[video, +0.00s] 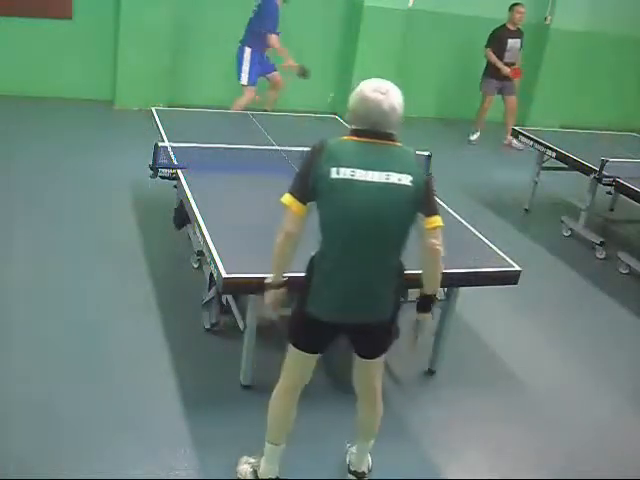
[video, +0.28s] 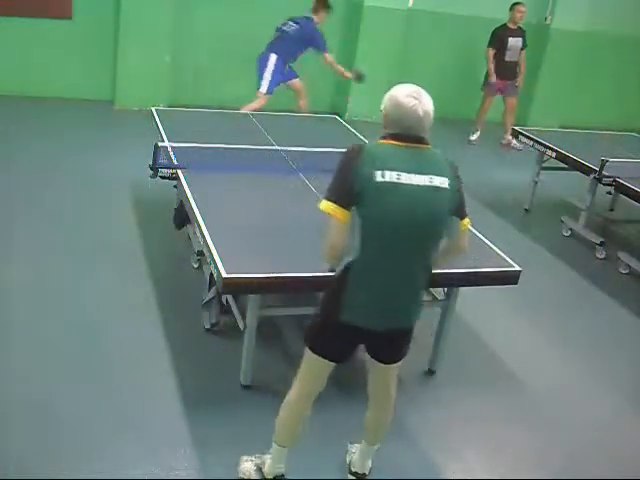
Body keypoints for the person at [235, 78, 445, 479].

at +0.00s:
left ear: (351, 116)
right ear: (397, 120)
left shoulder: (324, 154)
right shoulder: (416, 167)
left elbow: (291, 229)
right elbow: (434, 246)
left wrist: (275, 282)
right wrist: (429, 301)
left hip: (323, 296)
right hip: (378, 302)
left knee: (290, 384)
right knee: (370, 387)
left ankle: (268, 467)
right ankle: (360, 462)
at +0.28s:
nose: (379, 119)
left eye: (382, 113)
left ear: (385, 120)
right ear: (428, 125)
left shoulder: (361, 156)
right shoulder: (446, 168)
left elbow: (336, 241)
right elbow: (459, 243)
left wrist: (333, 259)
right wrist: (424, 258)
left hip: (353, 297)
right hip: (403, 302)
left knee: (305, 387)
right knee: (383, 390)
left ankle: (274, 465)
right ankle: (363, 463)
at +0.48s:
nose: (389, 120)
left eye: (392, 116)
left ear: (395, 123)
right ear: (438, 128)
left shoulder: (376, 161)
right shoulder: (455, 171)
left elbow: (352, 243)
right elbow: (464, 242)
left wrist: (337, 277)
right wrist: (435, 278)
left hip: (363, 302)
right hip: (411, 306)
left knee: (321, 393)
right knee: (387, 390)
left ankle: (308, 471)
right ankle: (363, 462)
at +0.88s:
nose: (391, 131)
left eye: (394, 126)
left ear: (398, 136)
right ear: (445, 140)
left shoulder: (377, 179)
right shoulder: (462, 185)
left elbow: (347, 256)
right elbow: (487, 261)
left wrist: (339, 305)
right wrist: (483, 321)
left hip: (370, 322)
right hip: (417, 325)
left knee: (358, 416)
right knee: (390, 390)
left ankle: (358, 468)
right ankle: (367, 458)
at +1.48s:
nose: (403, 151)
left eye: (405, 146)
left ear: (409, 154)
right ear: (459, 153)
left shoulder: (386, 202)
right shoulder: (484, 202)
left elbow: (355, 281)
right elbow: (499, 282)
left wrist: (349, 323)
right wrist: (455, 289)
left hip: (385, 343)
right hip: (440, 341)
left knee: (369, 438)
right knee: (426, 404)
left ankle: (362, 471)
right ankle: (428, 468)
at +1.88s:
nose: (449, 143)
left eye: (452, 139)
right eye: (451, 138)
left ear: (457, 148)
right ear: (503, 153)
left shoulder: (436, 190)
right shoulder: (519, 197)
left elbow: (408, 269)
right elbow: (532, 275)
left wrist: (393, 312)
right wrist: (491, 289)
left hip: (425, 330)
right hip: (475, 332)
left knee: (385, 423)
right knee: (463, 409)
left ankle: (369, 473)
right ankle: (461, 473)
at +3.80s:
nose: (461, 151)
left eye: (464, 147)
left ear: (466, 152)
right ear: (508, 166)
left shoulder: (433, 180)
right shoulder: (517, 211)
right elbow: (532, 287)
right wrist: (541, 317)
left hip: (411, 323)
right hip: (462, 332)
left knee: (366, 408)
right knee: (447, 391)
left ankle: (341, 473)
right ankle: (452, 465)